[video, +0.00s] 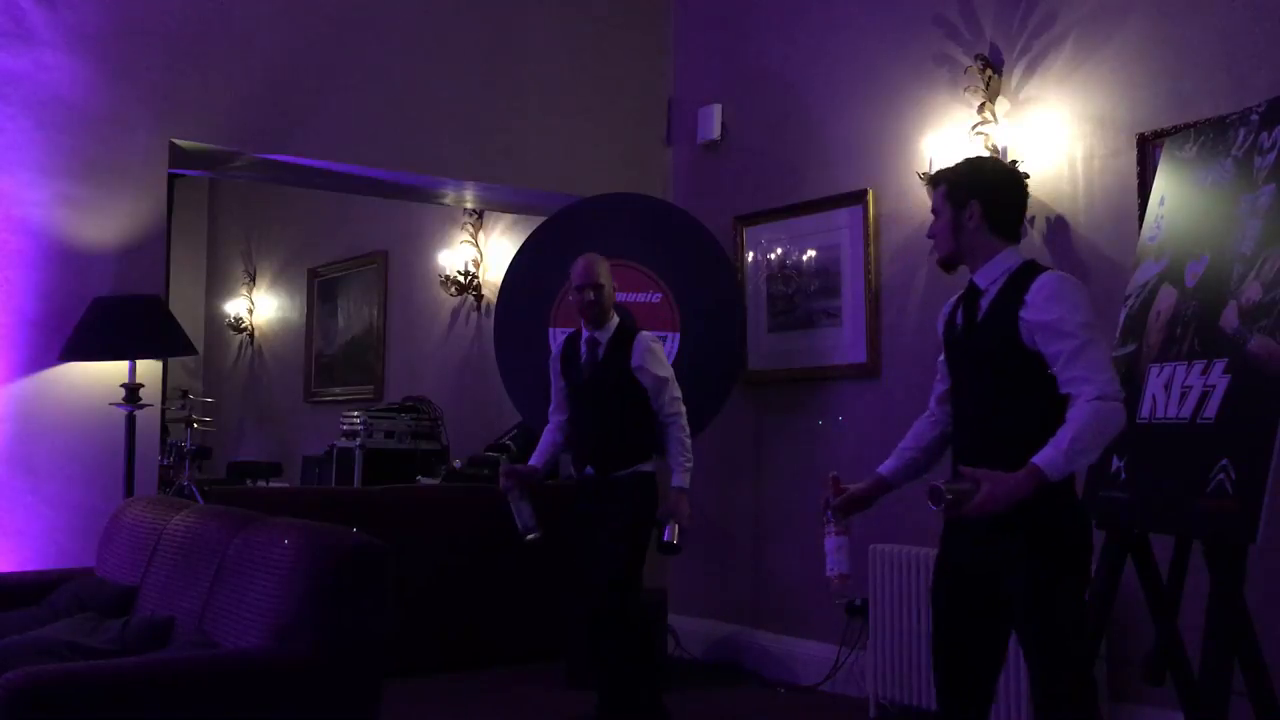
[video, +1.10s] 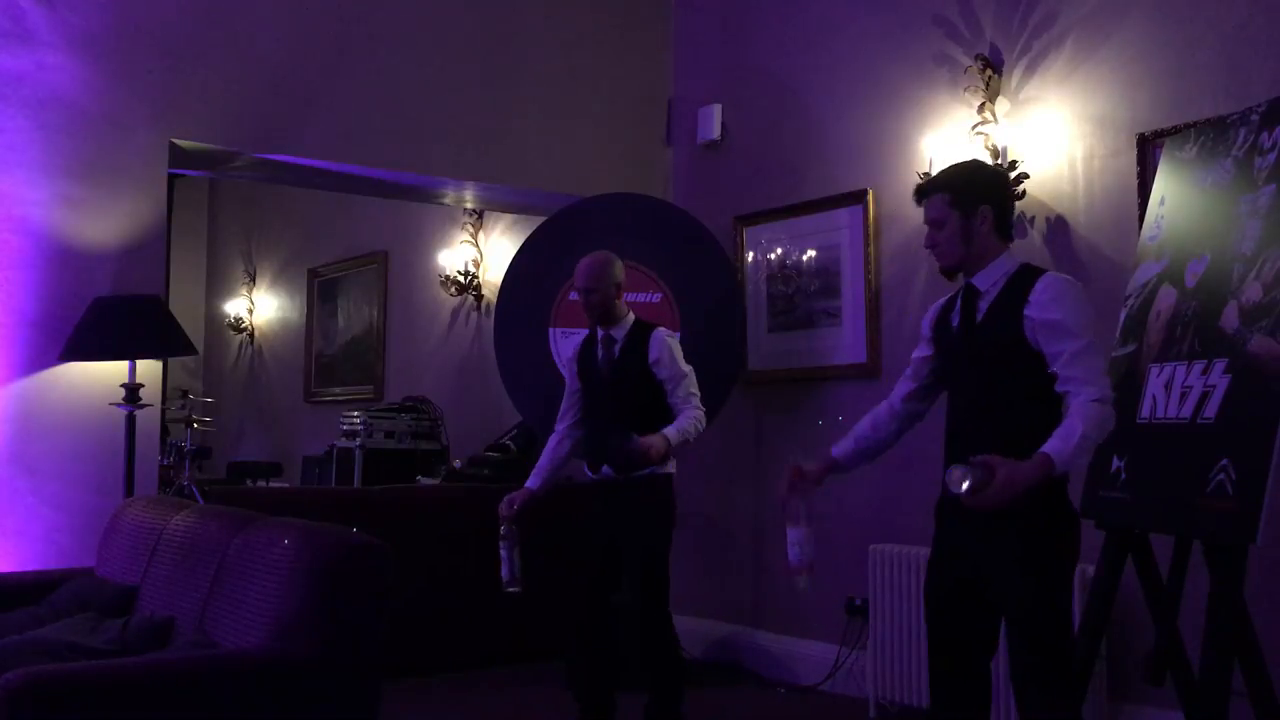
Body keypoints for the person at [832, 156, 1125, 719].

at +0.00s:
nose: (929, 229)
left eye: (936, 213)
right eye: (931, 215)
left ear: (972, 216)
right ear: (974, 219)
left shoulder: (1049, 294)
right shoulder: (957, 315)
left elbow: (1102, 405)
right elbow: (942, 416)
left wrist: (1025, 479)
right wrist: (875, 485)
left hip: (1041, 526)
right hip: (969, 525)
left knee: (1060, 696)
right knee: (960, 694)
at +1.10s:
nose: (928, 240)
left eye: (938, 225)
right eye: (927, 227)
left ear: (982, 221)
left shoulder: (1048, 294)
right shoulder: (946, 313)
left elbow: (1093, 403)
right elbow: (904, 404)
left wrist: (1035, 470)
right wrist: (828, 463)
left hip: (1035, 517)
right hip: (962, 515)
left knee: (1043, 686)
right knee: (955, 685)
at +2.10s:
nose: (956, 211)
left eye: (972, 200)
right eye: (957, 200)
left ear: (1019, 211)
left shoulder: (1048, 299)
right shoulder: (953, 300)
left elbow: (1092, 416)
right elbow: (926, 392)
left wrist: (994, 461)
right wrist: (915, 453)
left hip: (1035, 523)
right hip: (965, 518)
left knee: (1043, 689)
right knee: (951, 685)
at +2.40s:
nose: (960, 220)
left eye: (975, 206)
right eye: (961, 207)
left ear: (1021, 214)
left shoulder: (1062, 304)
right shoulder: (970, 299)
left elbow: (1027, 419)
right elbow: (914, 384)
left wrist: (934, 391)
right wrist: (841, 437)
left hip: (1041, 515)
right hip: (975, 510)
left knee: (1046, 689)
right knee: (954, 682)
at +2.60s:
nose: (953, 219)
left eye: (964, 206)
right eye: (955, 206)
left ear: (1004, 215)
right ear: (1002, 217)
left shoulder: (1040, 300)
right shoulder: (991, 286)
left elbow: (1045, 431)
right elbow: (923, 293)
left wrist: (941, 475)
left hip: (1027, 513)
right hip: (983, 507)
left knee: (1028, 677)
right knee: (957, 672)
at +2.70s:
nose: (947, 218)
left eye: (956, 206)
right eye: (949, 205)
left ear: (993, 215)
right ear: (995, 215)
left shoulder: (1025, 299)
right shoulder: (990, 281)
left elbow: (1038, 432)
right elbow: (943, 245)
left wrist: (953, 507)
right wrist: (902, 190)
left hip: (1017, 519)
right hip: (981, 512)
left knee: (1023, 684)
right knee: (958, 680)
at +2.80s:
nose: (940, 219)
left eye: (949, 208)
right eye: (942, 208)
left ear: (984, 218)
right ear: (989, 218)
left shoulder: (1007, 302)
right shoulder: (1002, 275)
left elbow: (1023, 436)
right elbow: (958, 214)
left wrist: (951, 527)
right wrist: (908, 172)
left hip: (1003, 518)